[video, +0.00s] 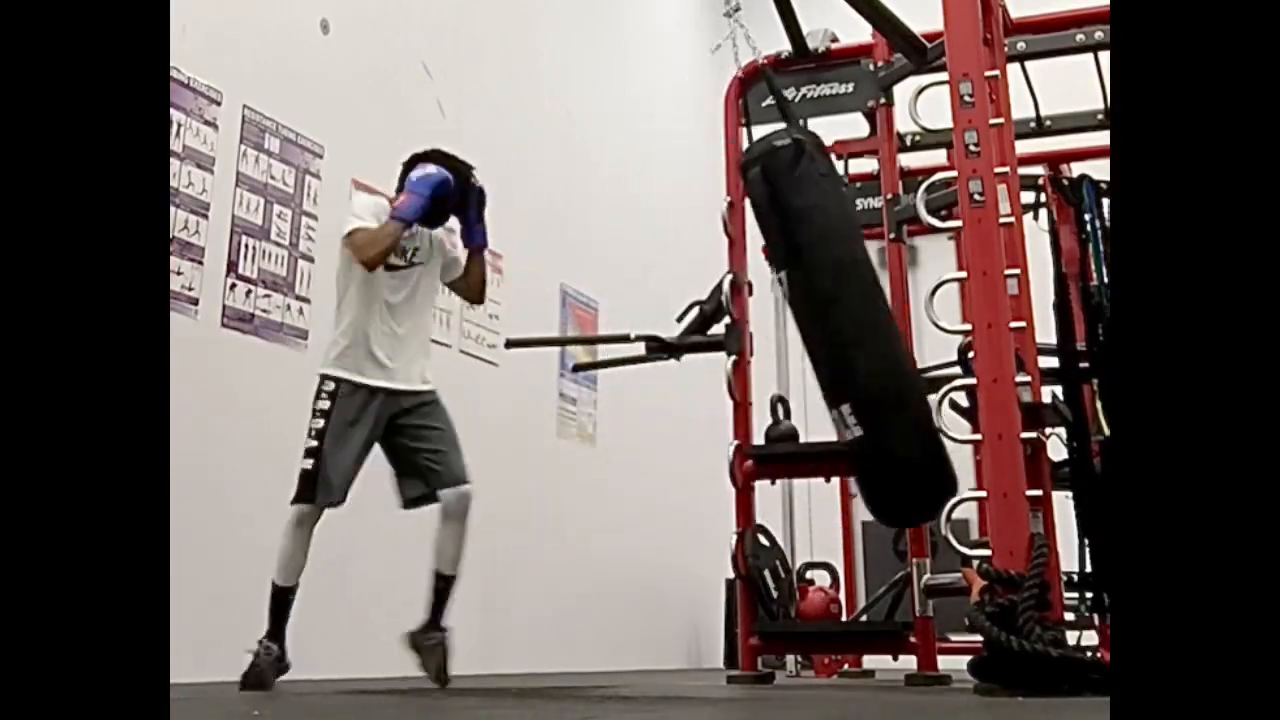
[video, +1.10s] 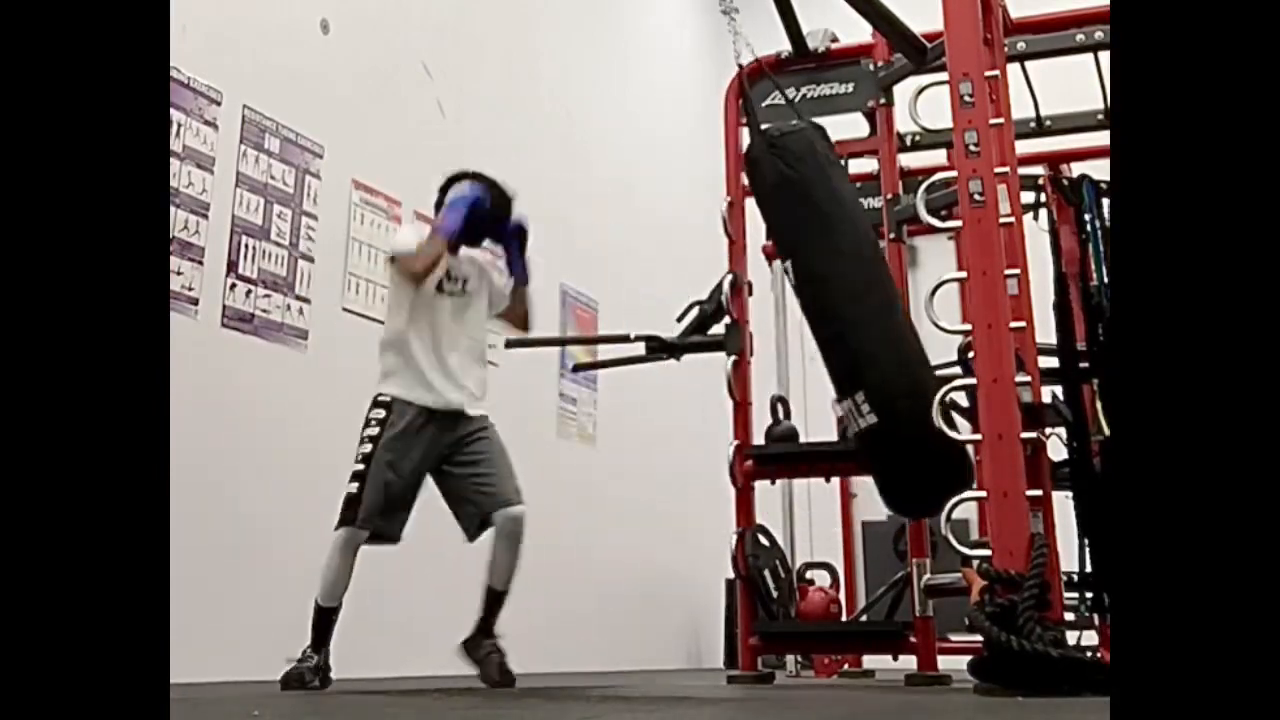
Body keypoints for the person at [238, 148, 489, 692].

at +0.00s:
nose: (431, 203)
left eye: (440, 197)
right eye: (427, 188)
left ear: (445, 204)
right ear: (406, 185)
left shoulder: (436, 243)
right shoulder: (365, 210)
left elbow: (474, 292)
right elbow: (367, 255)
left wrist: (474, 226)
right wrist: (407, 211)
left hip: (412, 387)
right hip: (350, 381)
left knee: (458, 495)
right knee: (307, 508)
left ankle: (433, 630)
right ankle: (273, 643)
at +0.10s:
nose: (441, 226)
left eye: (452, 220)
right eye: (437, 214)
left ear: (465, 225)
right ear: (423, 208)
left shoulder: (467, 267)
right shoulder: (387, 248)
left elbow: (487, 335)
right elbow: (358, 306)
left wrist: (504, 285)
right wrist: (412, 256)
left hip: (448, 415)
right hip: (383, 414)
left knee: (510, 522)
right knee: (323, 534)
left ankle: (549, 645)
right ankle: (272, 654)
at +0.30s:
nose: (509, 245)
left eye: (519, 239)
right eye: (503, 235)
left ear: (529, 237)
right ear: (485, 227)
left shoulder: (529, 269)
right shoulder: (449, 257)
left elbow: (562, 331)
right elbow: (432, 301)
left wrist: (564, 271)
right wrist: (472, 247)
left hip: (515, 416)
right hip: (452, 417)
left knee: (553, 524)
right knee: (418, 536)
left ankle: (578, 651)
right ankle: (425, 652)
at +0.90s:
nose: (524, 238)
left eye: (531, 233)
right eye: (521, 225)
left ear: (531, 235)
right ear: (499, 214)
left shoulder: (524, 274)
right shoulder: (456, 242)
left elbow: (563, 328)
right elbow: (447, 291)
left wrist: (562, 266)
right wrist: (487, 240)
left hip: (509, 413)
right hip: (456, 399)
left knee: (556, 527)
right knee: (419, 528)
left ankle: (588, 653)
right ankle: (380, 653)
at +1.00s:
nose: (495, 213)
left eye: (505, 209)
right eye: (491, 203)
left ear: (508, 211)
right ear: (470, 192)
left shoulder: (498, 250)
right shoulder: (429, 214)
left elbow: (535, 303)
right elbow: (418, 258)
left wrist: (534, 239)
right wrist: (464, 220)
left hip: (479, 386)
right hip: (425, 373)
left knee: (511, 504)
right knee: (395, 508)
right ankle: (372, 641)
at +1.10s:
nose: (464, 220)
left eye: (474, 213)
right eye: (458, 206)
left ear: (482, 223)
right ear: (439, 210)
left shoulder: (484, 270)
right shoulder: (409, 248)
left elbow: (521, 321)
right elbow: (418, 270)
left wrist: (517, 258)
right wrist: (451, 223)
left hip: (464, 414)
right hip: (403, 406)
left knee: (511, 518)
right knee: (352, 529)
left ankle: (483, 637)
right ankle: (316, 654)